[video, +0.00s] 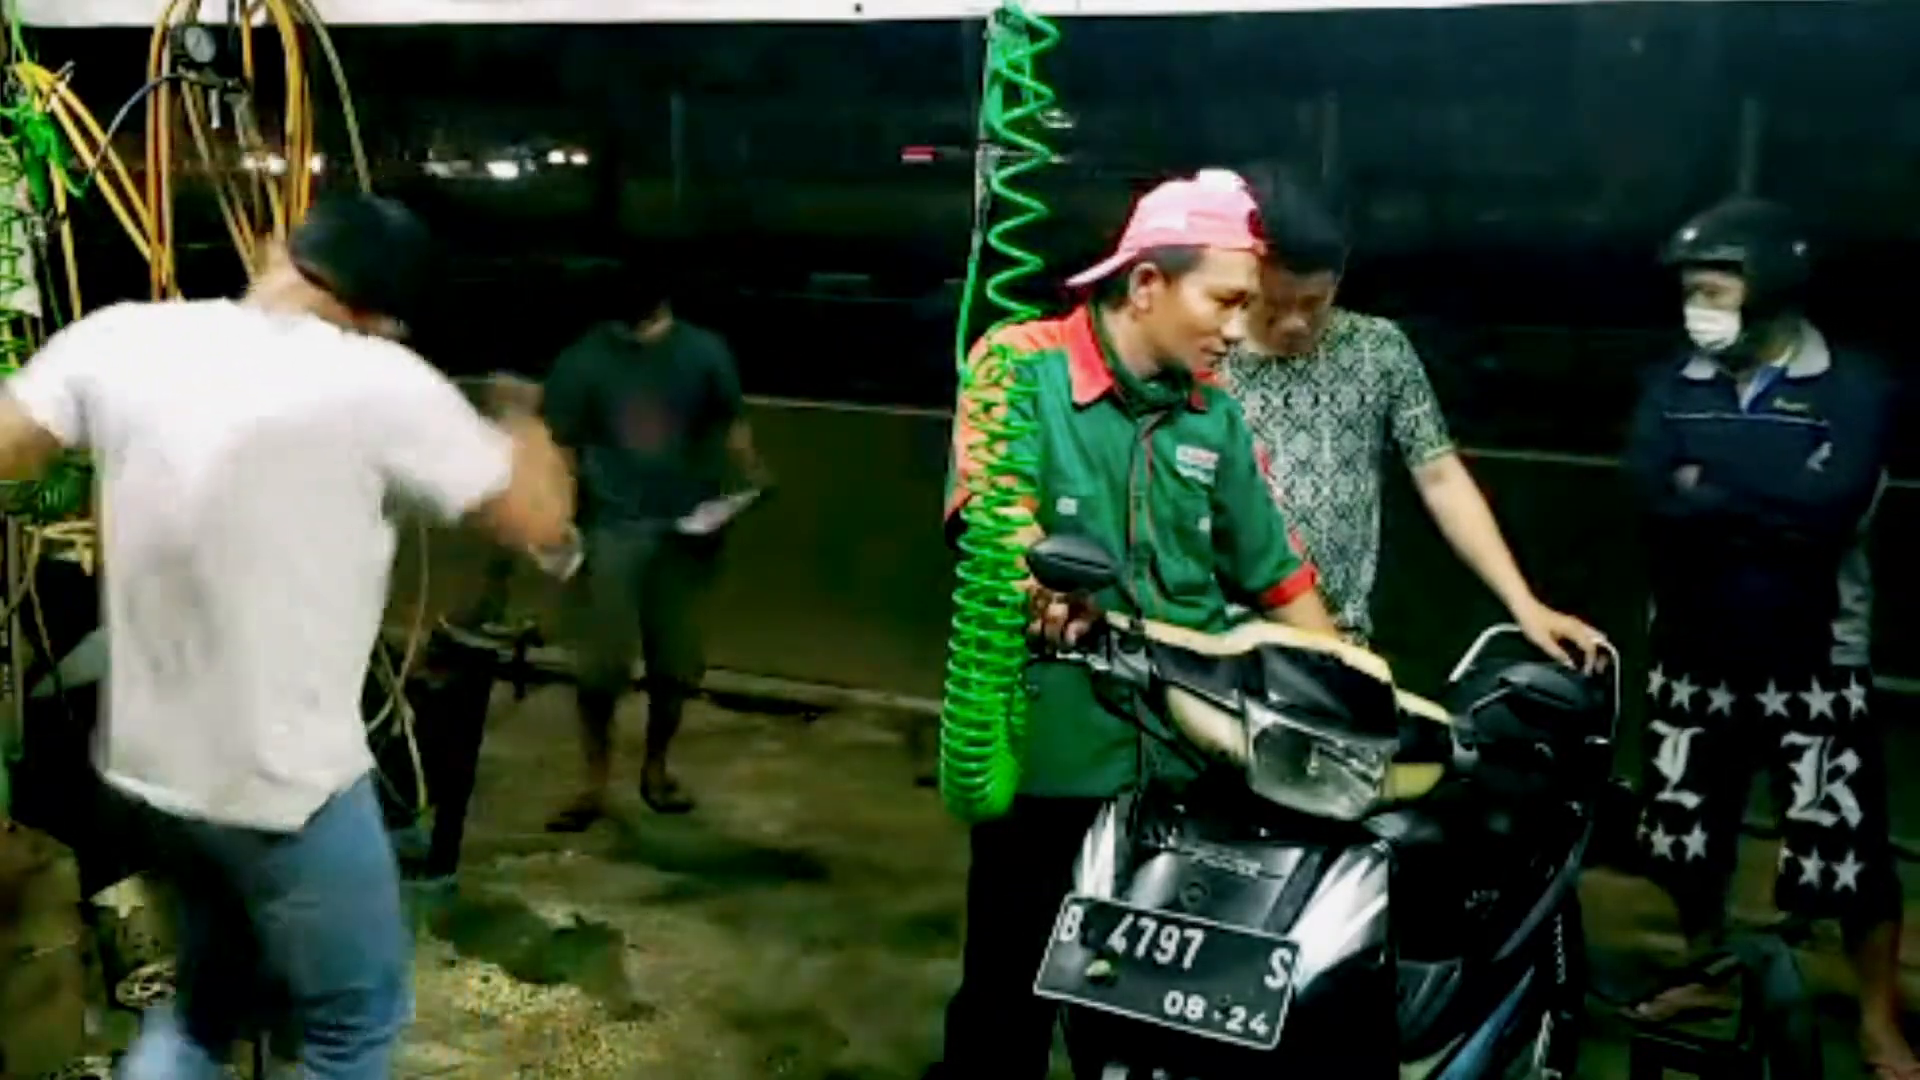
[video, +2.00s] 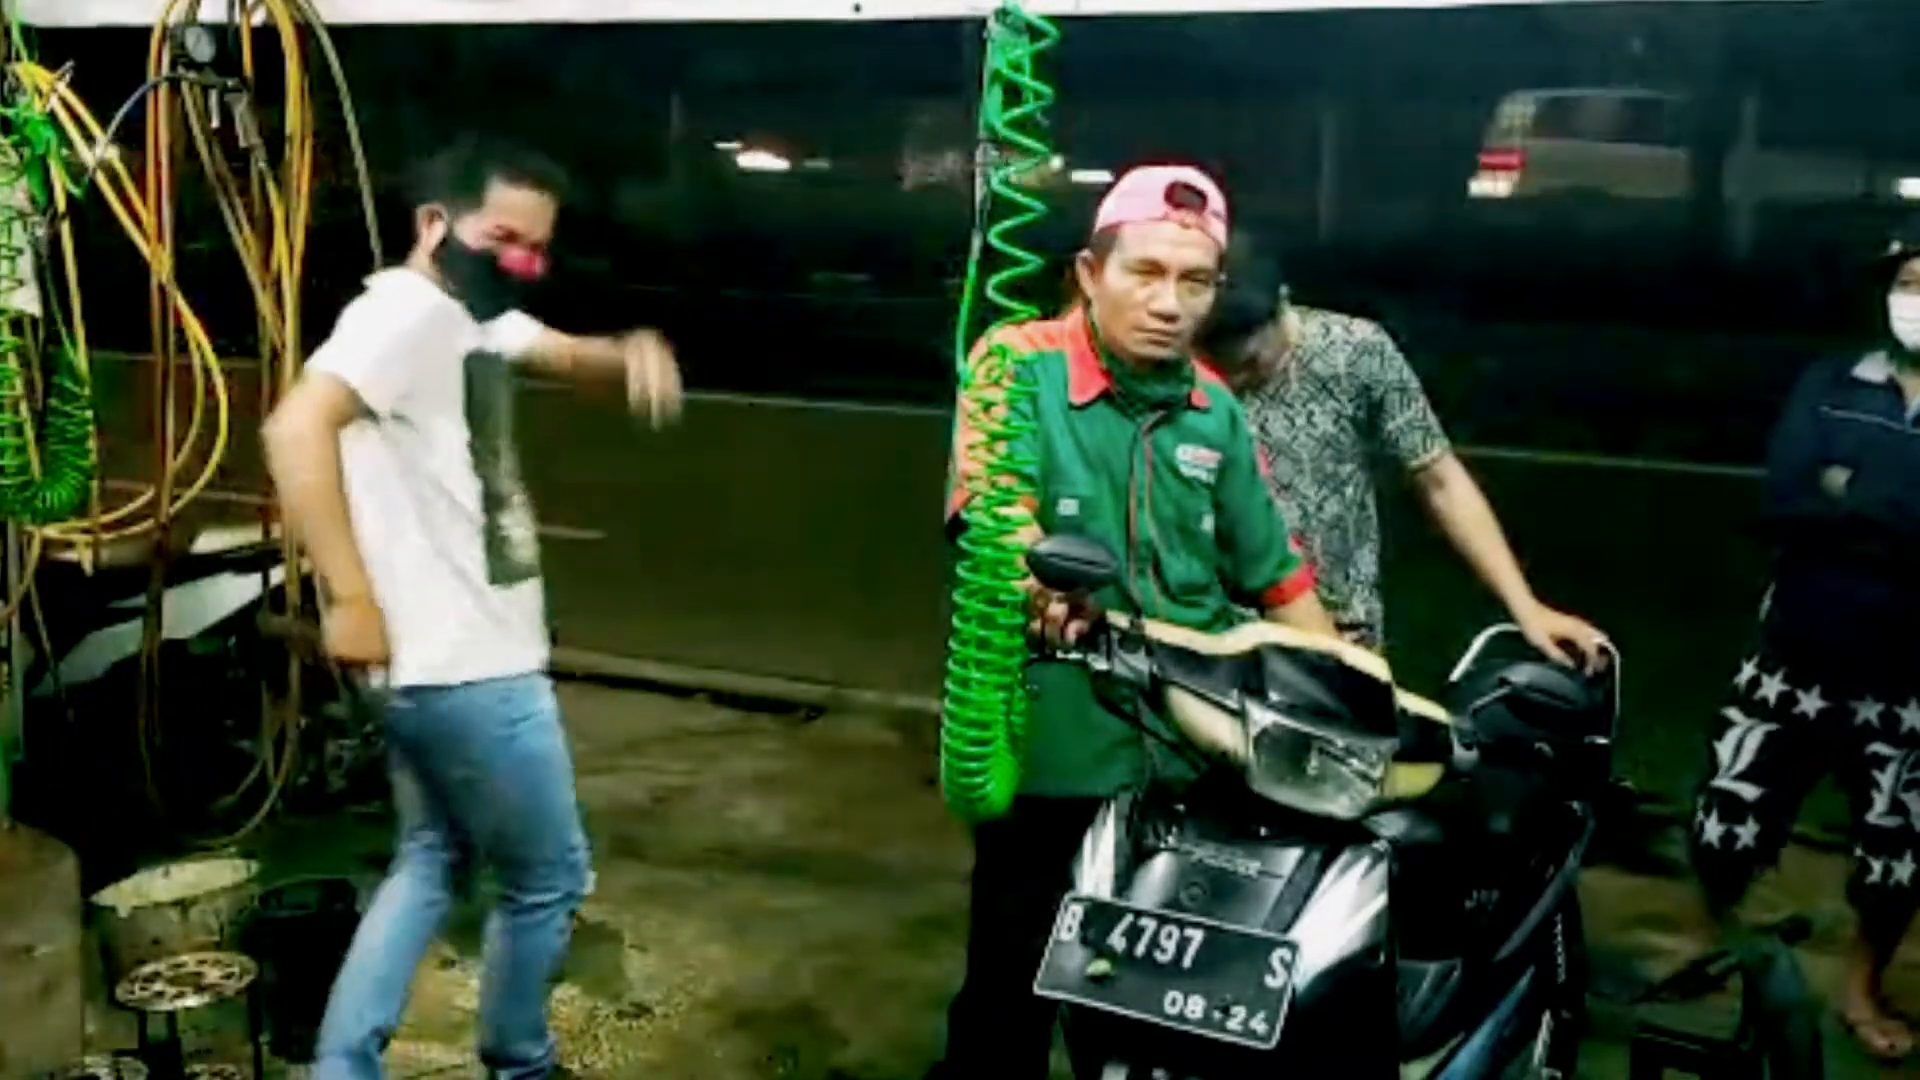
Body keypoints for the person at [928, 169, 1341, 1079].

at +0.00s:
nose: (1236, 329)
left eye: (1245, 308)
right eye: (1225, 302)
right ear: (1148, 285)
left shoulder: (1213, 415)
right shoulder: (1019, 367)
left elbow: (1282, 581)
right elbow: (990, 512)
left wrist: (1354, 689)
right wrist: (1044, 597)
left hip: (1183, 760)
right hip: (1048, 759)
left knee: (1152, 1017)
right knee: (1005, 1016)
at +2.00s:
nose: (1169, 303)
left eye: (1194, 282)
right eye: (1146, 274)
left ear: (1217, 296)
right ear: (1090, 274)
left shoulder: (1215, 412)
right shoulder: (1017, 367)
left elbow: (1282, 584)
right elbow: (987, 509)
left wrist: (1344, 699)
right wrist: (1043, 596)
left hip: (1188, 754)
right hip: (1050, 752)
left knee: (1159, 1009)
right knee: (1007, 1010)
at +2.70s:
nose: (1045, 322)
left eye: (1069, 298)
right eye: (1031, 298)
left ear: (1138, 294)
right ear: (1014, 296)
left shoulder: (1189, 409)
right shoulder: (969, 386)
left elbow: (1283, 588)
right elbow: (943, 557)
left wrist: (1353, 678)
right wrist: (1037, 596)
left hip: (1161, 773)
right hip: (1015, 776)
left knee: (1141, 1036)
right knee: (943, 1025)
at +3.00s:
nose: (952, 335)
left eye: (977, 313)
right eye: (941, 310)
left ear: (1059, 306)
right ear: (927, 300)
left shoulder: (1135, 407)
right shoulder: (902, 407)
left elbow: (1241, 596)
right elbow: (885, 604)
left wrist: (1337, 663)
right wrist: (1012, 648)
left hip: (1121, 774)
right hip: (960, 775)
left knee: (1135, 1023)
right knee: (890, 1018)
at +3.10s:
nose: (903, 345)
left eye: (926, 319)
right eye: (888, 318)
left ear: (1006, 306)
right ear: (873, 308)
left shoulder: (1100, 408)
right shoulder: (861, 418)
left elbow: (1211, 586)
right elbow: (853, 616)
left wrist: (1325, 652)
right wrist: (970, 713)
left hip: (1092, 792)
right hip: (922, 790)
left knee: (1135, 1033)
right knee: (863, 1039)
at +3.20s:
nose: (842, 336)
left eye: (864, 311)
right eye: (829, 312)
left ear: (950, 293)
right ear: (816, 303)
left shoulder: (1054, 404)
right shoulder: (818, 420)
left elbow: (1171, 591)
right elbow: (801, 624)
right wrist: (869, 776)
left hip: (1049, 812)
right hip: (876, 809)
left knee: (1112, 1051)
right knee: (847, 1056)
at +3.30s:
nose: (781, 328)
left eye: (800, 301)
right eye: (771, 302)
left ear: (888, 288)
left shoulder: (1016, 400)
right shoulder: (779, 418)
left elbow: (1112, 577)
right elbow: (734, 610)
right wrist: (742, 779)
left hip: (1011, 817)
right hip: (840, 819)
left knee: (1071, 1054)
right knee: (843, 1058)